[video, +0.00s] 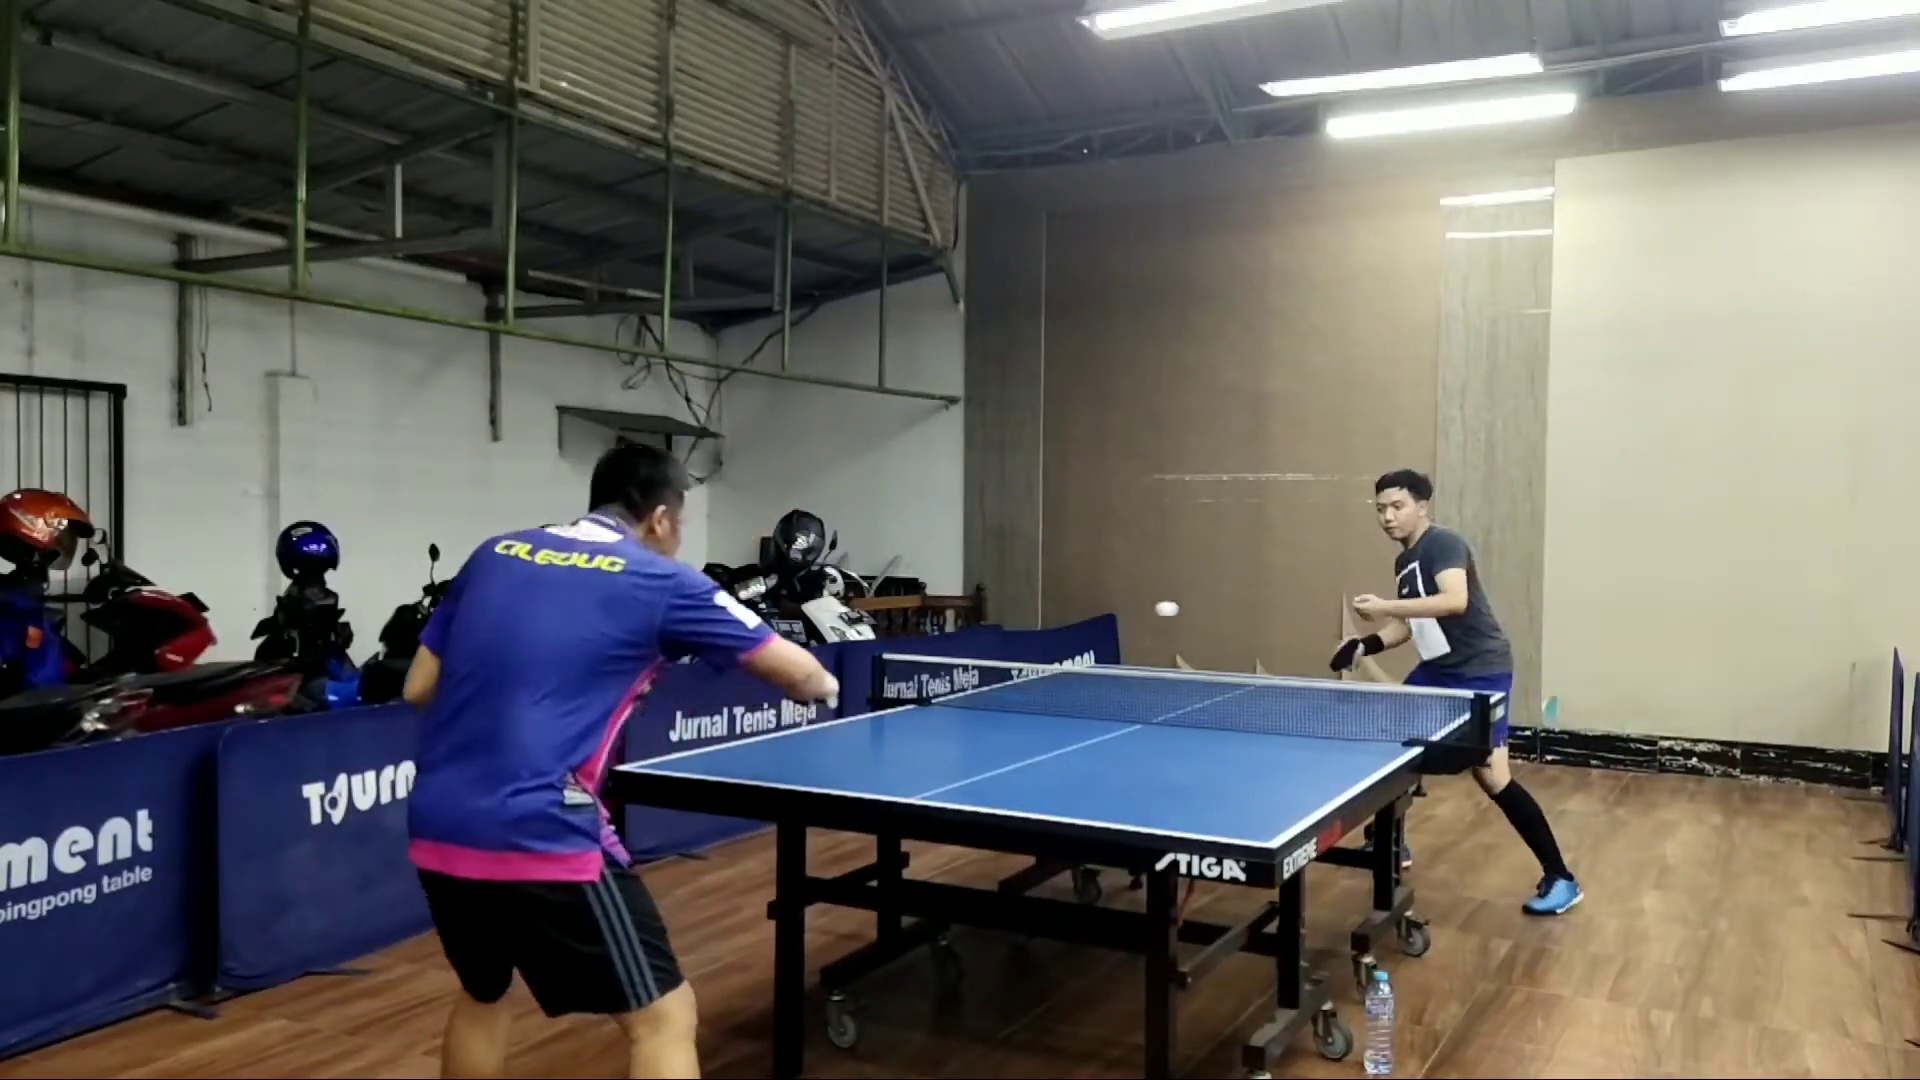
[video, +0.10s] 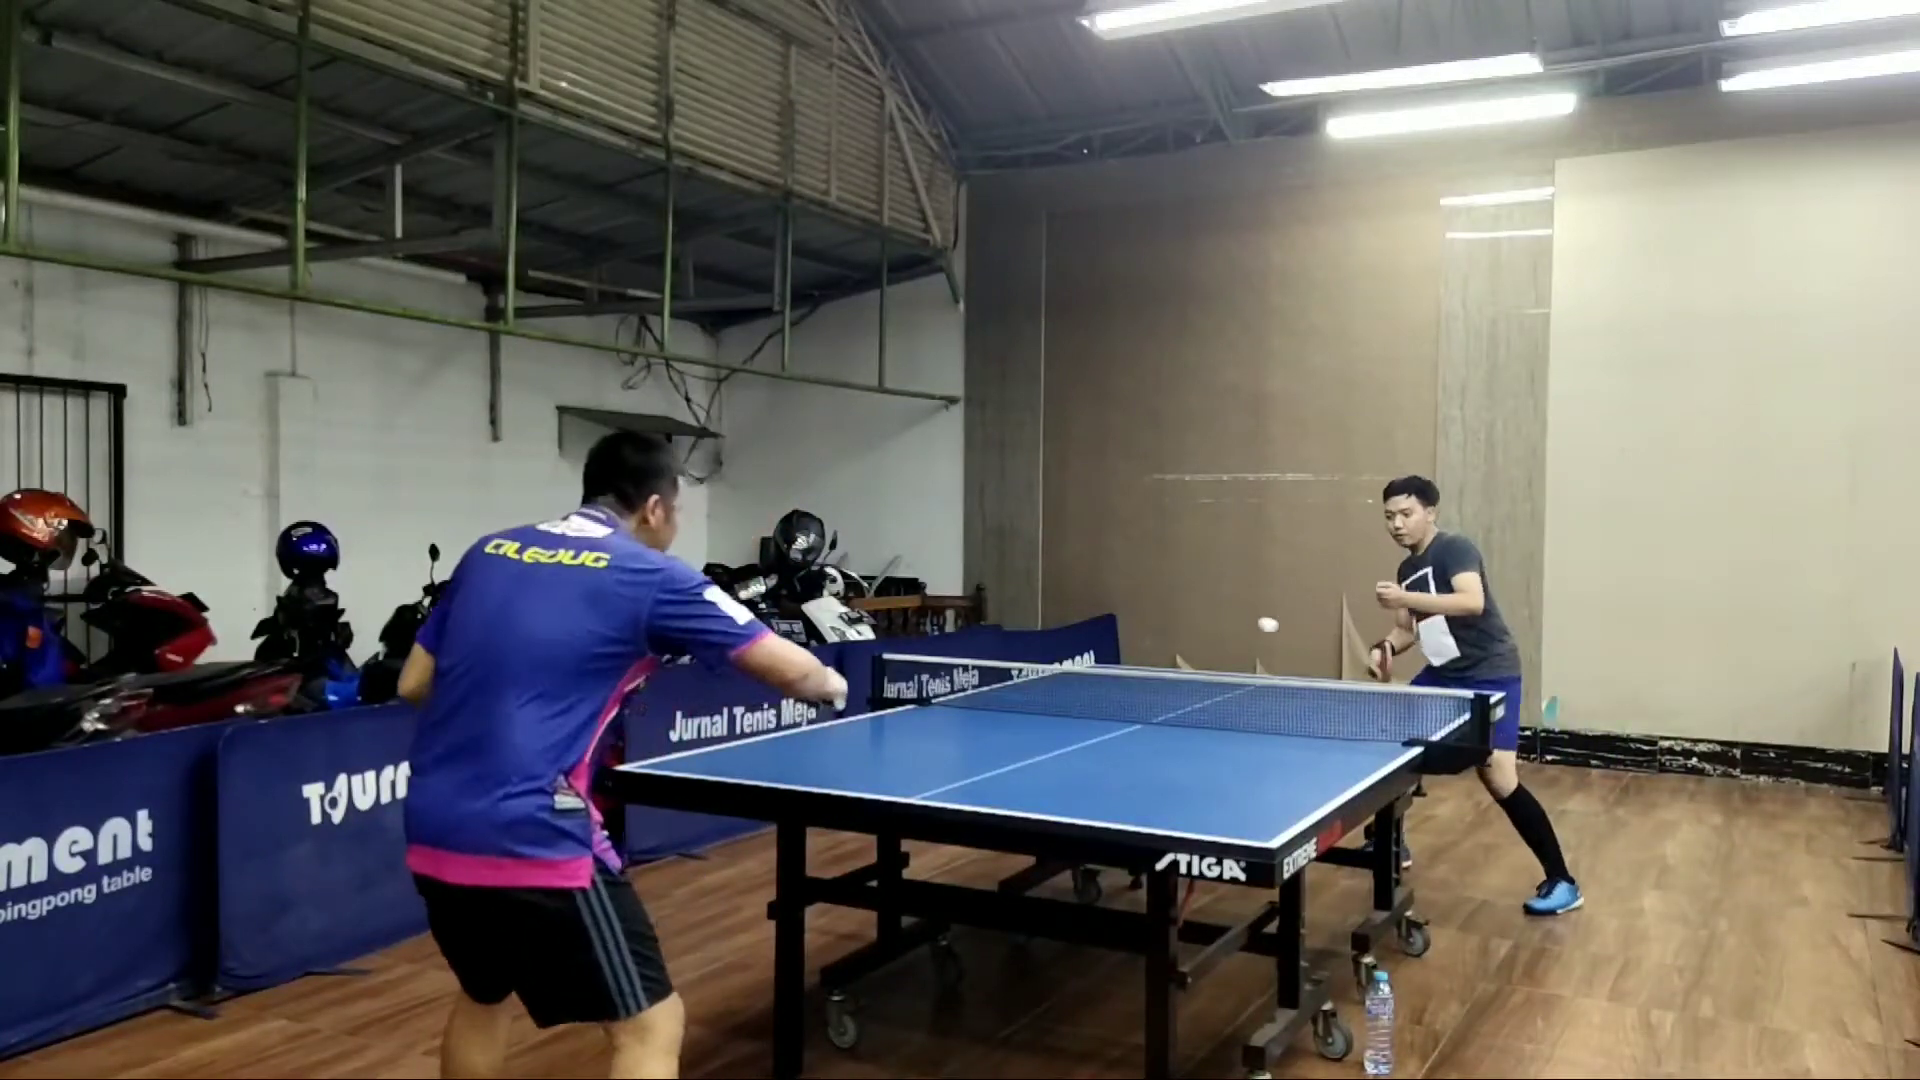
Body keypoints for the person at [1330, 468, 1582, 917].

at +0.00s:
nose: (1387, 516)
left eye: (1395, 507)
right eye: (1381, 509)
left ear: (1422, 506)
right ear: (1380, 514)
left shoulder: (1443, 543)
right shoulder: (1404, 563)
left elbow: (1455, 600)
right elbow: (1406, 625)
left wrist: (1386, 608)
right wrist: (1366, 643)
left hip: (1482, 670)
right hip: (1436, 669)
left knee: (1493, 776)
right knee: (1382, 740)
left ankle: (1560, 877)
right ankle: (1388, 841)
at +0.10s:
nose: (1396, 523)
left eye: (1404, 513)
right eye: (1389, 516)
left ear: (1430, 513)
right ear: (1386, 521)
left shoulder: (1455, 549)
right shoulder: (1407, 570)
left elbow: (1472, 602)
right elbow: (1411, 625)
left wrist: (1407, 599)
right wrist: (1388, 645)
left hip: (1491, 675)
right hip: (1441, 674)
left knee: (1499, 777)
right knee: (1387, 738)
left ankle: (1561, 881)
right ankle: (1389, 841)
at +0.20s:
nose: (1416, 528)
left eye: (1424, 518)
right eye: (1409, 521)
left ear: (1448, 517)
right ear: (1404, 524)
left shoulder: (1477, 553)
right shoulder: (1413, 573)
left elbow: (1504, 603)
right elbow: (1401, 632)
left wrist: (1442, 595)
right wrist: (1396, 662)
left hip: (1502, 678)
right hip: (1449, 684)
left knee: (1504, 775)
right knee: (1389, 750)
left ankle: (1562, 881)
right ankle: (1388, 844)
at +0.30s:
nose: (1439, 528)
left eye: (1448, 518)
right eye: (1432, 520)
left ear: (1471, 516)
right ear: (1426, 522)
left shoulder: (1501, 554)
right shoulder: (1423, 571)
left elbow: (1530, 606)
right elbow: (1393, 623)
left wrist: (1477, 603)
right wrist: (1399, 651)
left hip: (1508, 679)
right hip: (1451, 683)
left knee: (1510, 768)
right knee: (1392, 747)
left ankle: (1563, 881)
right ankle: (1389, 844)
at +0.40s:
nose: (1455, 516)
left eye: (1464, 506)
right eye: (1447, 507)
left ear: (1487, 506)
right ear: (1441, 510)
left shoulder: (1515, 550)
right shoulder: (1435, 561)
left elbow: (1552, 606)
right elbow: (1402, 617)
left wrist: (1511, 613)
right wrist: (1381, 601)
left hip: (1515, 675)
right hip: (1459, 674)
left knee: (1517, 763)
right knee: (1399, 738)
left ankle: (1564, 881)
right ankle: (1389, 844)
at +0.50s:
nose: (1465, 496)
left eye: (1475, 487)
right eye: (1457, 488)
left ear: (1496, 490)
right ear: (1450, 493)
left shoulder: (1523, 537)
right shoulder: (1438, 548)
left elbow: (1560, 593)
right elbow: (1399, 597)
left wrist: (1541, 615)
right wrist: (1359, 571)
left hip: (1516, 666)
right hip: (1459, 665)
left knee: (1525, 762)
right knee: (1413, 744)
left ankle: (1565, 879)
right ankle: (1394, 843)